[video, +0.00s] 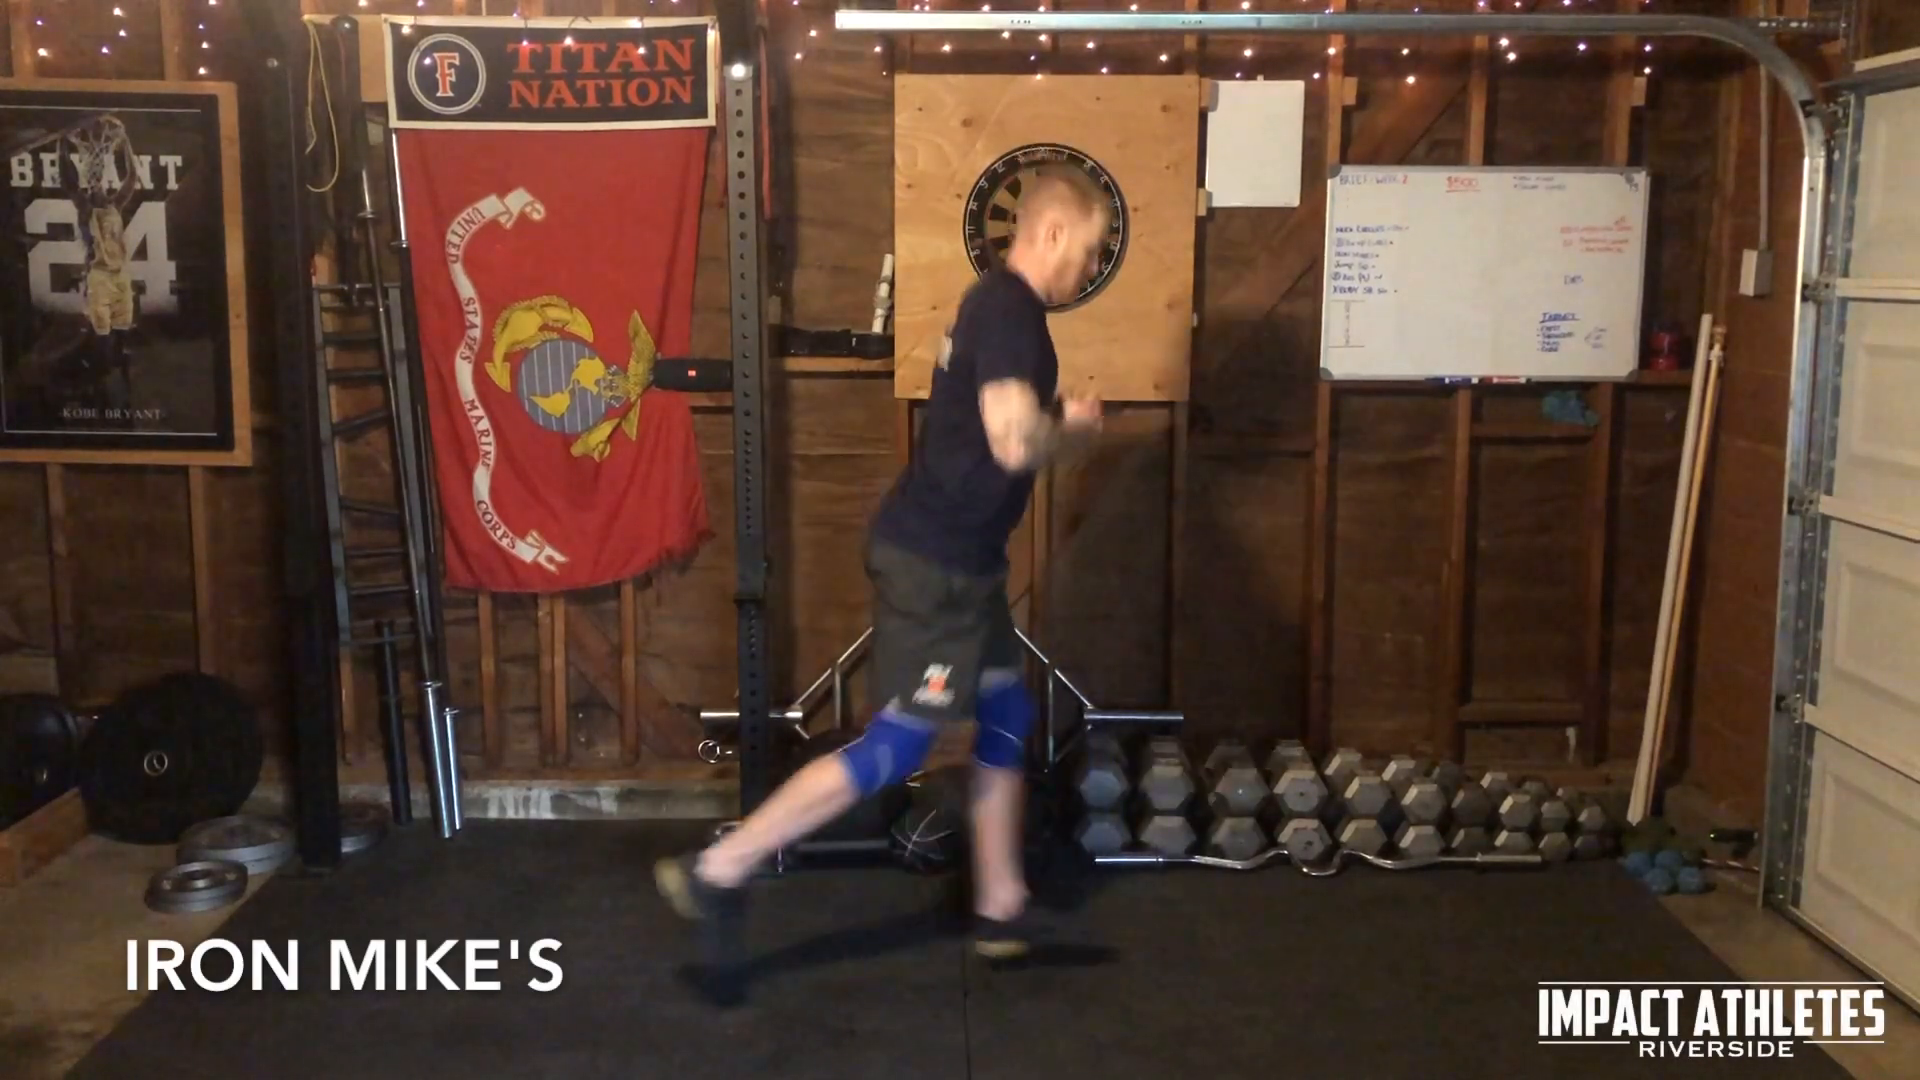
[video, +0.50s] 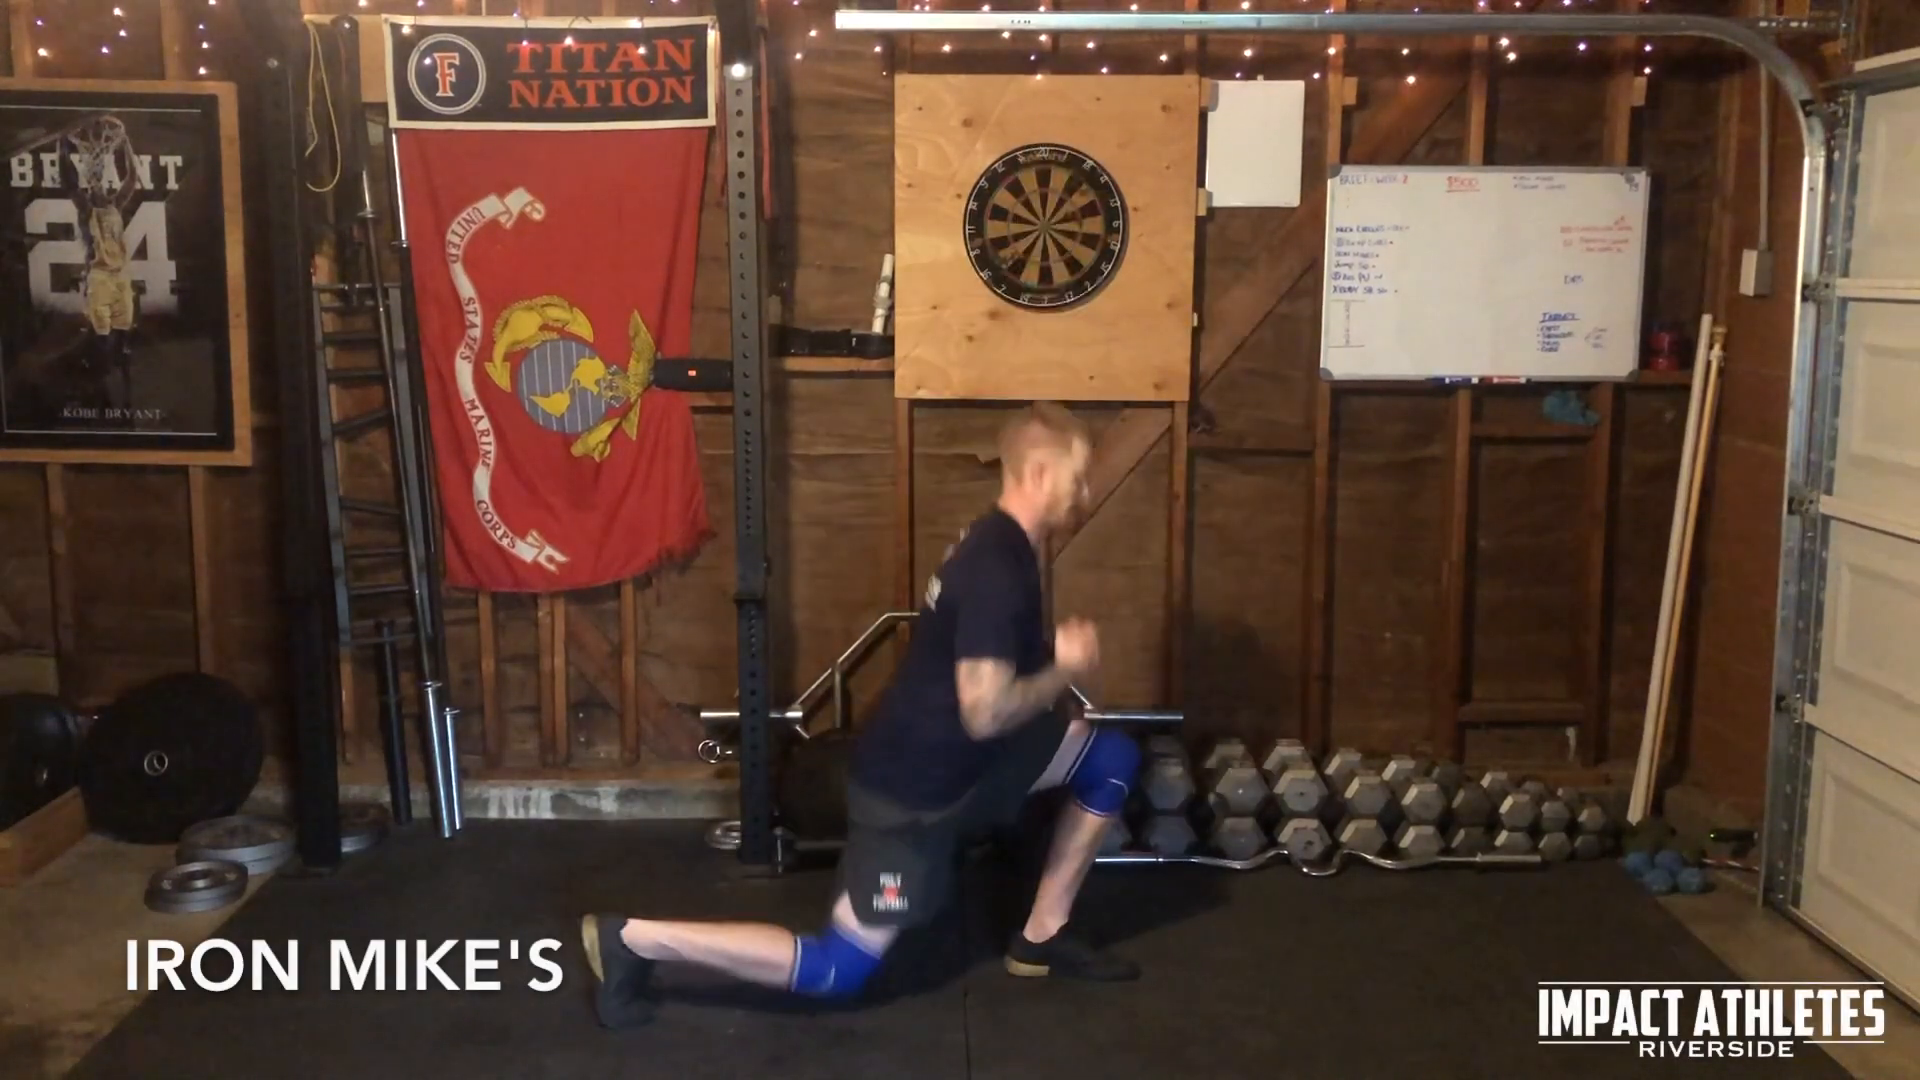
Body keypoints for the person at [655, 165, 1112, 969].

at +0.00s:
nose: (1090, 270)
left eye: (1096, 254)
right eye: (1090, 249)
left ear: (1040, 232)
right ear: (1050, 231)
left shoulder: (1010, 307)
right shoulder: (1006, 308)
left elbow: (997, 426)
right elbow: (1015, 446)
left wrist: (1051, 414)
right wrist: (1072, 426)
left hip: (968, 560)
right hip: (930, 559)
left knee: (1005, 716)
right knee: (897, 743)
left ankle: (1000, 906)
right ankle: (716, 867)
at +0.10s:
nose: (1095, 338)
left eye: (1099, 321)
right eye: (1093, 319)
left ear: (1036, 306)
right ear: (1059, 311)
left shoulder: (1015, 384)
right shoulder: (1010, 387)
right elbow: (1011, 532)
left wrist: (1056, 506)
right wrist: (1070, 504)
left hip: (978, 638)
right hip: (929, 638)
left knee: (1068, 736)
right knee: (854, 811)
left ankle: (1041, 933)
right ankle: (656, 908)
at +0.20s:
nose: (1096, 423)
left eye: (1100, 408)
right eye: (1092, 406)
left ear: (1044, 400)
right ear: (1052, 402)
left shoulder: (1020, 471)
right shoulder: (1007, 483)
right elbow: (997, 628)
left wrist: (1045, 591)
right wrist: (1062, 600)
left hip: (987, 689)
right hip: (922, 708)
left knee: (1107, 759)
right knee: (857, 899)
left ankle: (1043, 933)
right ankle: (643, 936)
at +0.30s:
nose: (1095, 490)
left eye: (1097, 475)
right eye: (1090, 474)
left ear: (1040, 466)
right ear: (1049, 467)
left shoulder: (1020, 538)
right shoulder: (1006, 549)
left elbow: (991, 666)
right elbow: (976, 696)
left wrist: (1049, 669)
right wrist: (1055, 675)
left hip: (976, 751)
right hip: (916, 774)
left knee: (1115, 762)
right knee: (853, 962)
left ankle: (1044, 936)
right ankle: (641, 941)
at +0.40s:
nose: (1090, 518)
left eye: (1092, 503)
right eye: (1087, 502)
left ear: (1035, 497)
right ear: (1048, 499)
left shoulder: (1015, 567)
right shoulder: (1003, 578)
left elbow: (984, 701)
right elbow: (970, 731)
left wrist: (1049, 694)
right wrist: (1053, 708)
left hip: (971, 777)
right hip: (911, 801)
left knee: (1112, 757)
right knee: (849, 988)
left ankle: (1043, 935)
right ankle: (641, 939)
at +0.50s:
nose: (1085, 497)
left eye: (1086, 480)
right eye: (1079, 479)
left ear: (1026, 475)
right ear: (1038, 474)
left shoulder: (1015, 551)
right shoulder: (997, 558)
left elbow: (996, 679)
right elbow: (985, 711)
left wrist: (1055, 684)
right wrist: (1065, 667)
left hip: (970, 765)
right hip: (907, 788)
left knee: (1111, 759)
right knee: (839, 970)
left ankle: (1043, 935)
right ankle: (629, 939)